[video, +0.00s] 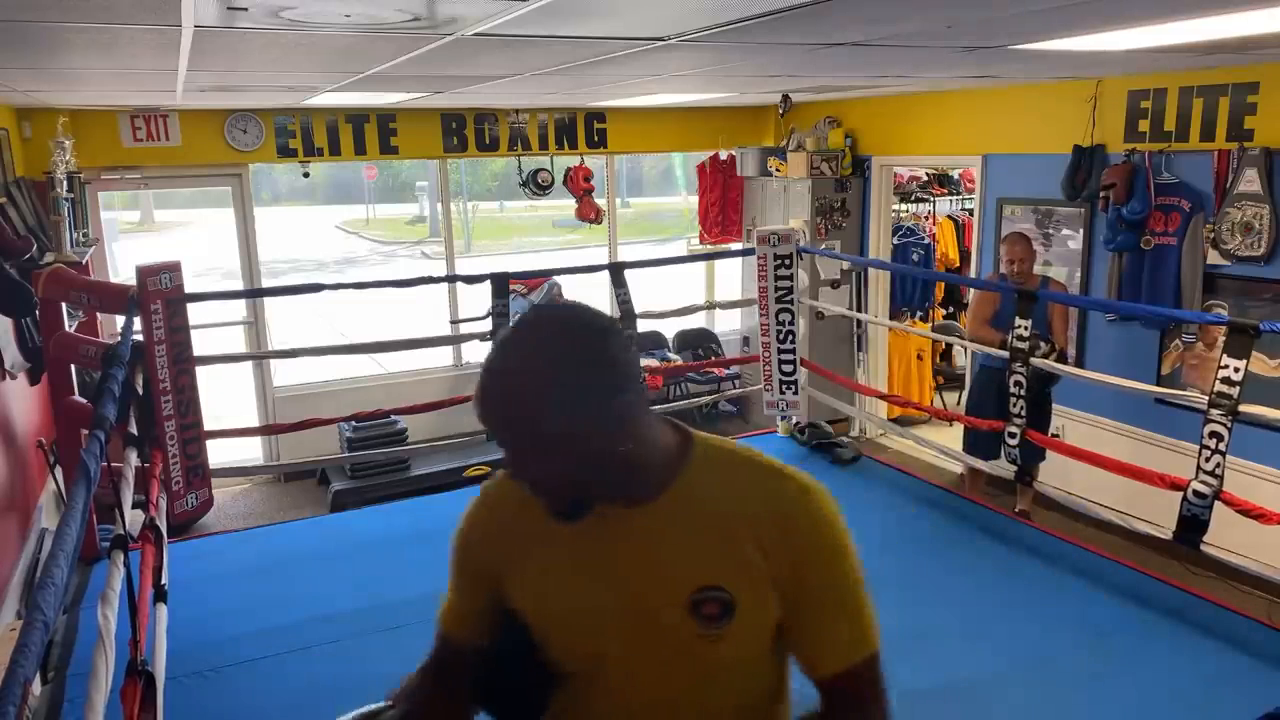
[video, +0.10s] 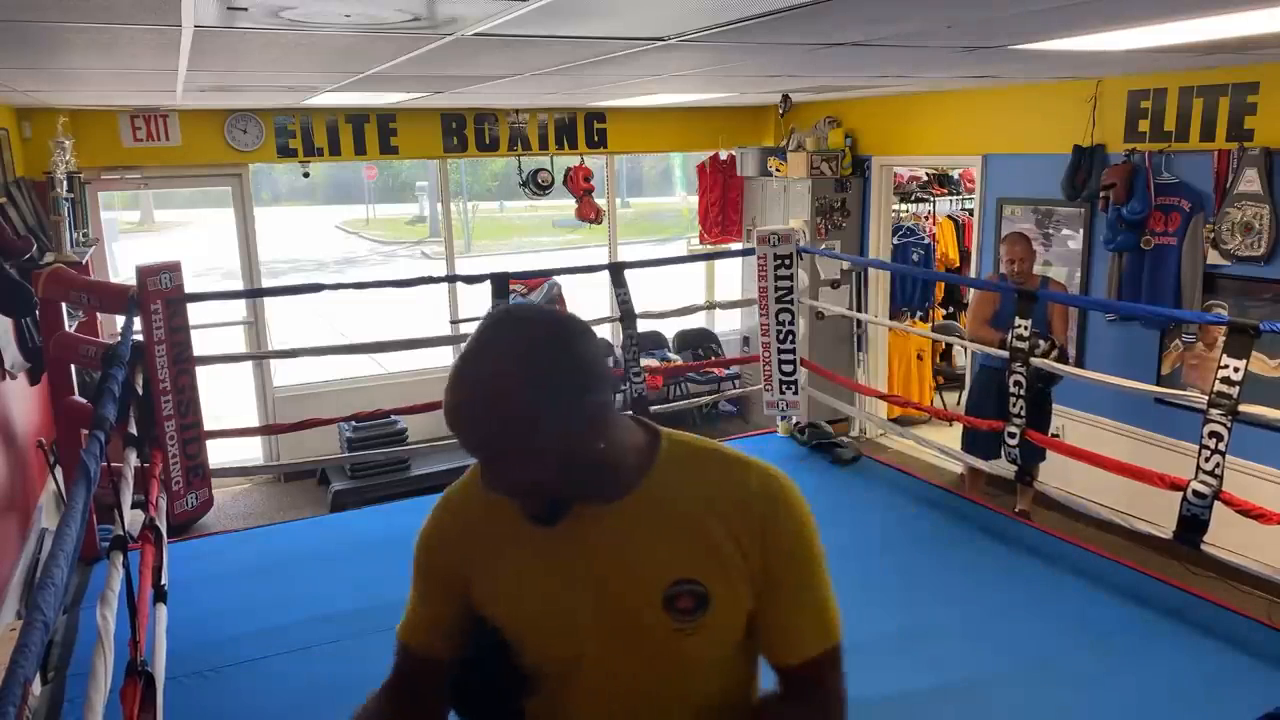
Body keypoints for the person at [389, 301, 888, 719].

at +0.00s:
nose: (512, 472)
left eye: (522, 447)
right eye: (501, 446)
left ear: (597, 424)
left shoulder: (784, 515)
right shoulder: (497, 517)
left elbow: (856, 699)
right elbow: (449, 676)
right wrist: (394, 711)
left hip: (735, 704)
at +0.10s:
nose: (500, 489)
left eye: (516, 466)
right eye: (480, 463)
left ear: (594, 423)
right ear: (467, 437)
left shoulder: (755, 507)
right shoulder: (460, 522)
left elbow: (815, 695)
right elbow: (412, 688)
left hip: (697, 703)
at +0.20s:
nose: (497, 490)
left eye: (512, 466)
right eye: (477, 464)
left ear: (591, 414)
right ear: (462, 439)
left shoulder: (748, 505)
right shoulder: (451, 525)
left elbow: (799, 697)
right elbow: (404, 693)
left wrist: (648, 711)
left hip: (692, 707)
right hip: (534, 709)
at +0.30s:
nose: (499, 488)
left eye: (522, 468)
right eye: (480, 462)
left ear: (594, 407)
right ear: (464, 433)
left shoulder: (742, 504)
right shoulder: (445, 521)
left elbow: (787, 701)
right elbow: (400, 698)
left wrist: (652, 707)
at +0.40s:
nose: (500, 482)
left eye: (521, 457)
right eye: (481, 455)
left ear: (603, 396)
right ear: (467, 428)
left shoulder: (742, 506)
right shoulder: (446, 521)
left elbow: (776, 703)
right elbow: (404, 699)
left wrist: (633, 701)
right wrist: (511, 690)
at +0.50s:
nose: (507, 481)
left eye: (529, 455)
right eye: (488, 453)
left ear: (609, 388)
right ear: (474, 427)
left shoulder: (747, 505)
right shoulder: (456, 518)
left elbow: (774, 702)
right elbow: (420, 699)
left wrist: (624, 700)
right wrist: (496, 686)